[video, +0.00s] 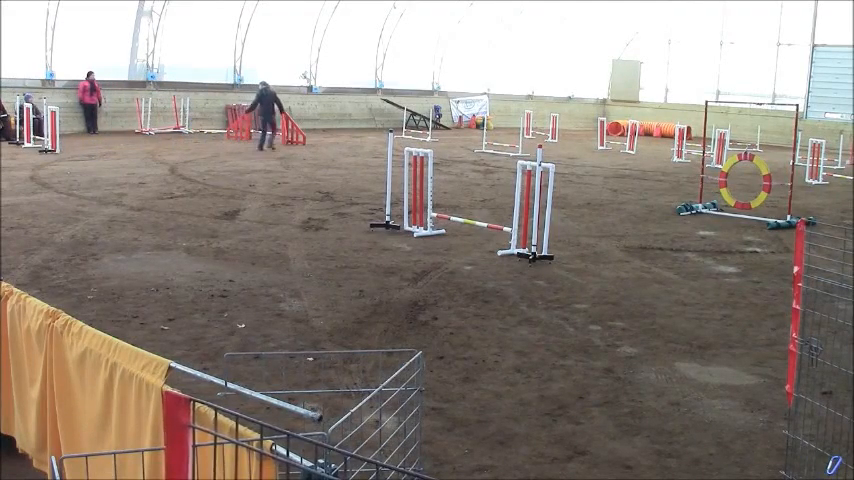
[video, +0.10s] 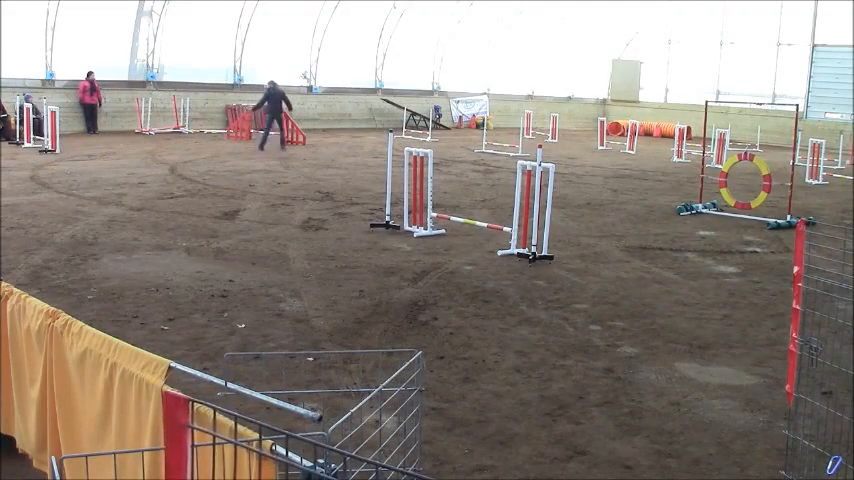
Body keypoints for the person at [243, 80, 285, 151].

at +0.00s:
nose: (259, 88)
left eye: (259, 86)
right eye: (259, 86)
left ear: (261, 86)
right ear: (267, 85)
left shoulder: (260, 93)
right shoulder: (272, 93)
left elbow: (255, 103)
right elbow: (278, 102)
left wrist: (248, 110)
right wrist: (281, 110)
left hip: (262, 114)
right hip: (270, 114)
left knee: (263, 130)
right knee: (274, 129)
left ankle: (260, 146)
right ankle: (270, 144)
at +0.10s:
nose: (268, 86)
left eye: (269, 85)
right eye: (269, 85)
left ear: (269, 85)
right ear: (275, 85)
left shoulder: (268, 92)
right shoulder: (280, 91)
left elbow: (262, 101)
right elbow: (286, 100)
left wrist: (255, 108)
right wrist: (290, 107)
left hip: (270, 112)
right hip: (278, 112)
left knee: (267, 129)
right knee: (281, 129)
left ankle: (262, 144)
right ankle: (282, 145)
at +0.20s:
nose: (276, 87)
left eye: (277, 86)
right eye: (277, 86)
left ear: (277, 86)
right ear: (283, 85)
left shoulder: (276, 92)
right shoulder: (288, 92)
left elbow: (270, 101)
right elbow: (294, 101)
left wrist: (262, 108)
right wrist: (298, 109)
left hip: (277, 113)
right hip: (286, 113)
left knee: (276, 129)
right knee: (286, 130)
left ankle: (267, 141)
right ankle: (284, 146)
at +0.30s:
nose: (283, 88)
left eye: (283, 87)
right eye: (283, 87)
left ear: (285, 87)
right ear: (290, 86)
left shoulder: (283, 93)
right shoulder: (295, 93)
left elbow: (278, 102)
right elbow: (302, 102)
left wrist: (270, 108)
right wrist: (304, 110)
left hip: (284, 113)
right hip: (292, 113)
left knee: (285, 129)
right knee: (289, 130)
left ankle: (280, 141)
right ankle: (285, 144)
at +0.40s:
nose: (290, 87)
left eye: (290, 86)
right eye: (290, 86)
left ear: (291, 86)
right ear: (297, 85)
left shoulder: (291, 92)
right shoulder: (302, 92)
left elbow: (285, 102)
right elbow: (309, 101)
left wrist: (278, 108)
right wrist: (308, 109)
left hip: (292, 111)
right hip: (300, 111)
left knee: (294, 127)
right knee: (294, 127)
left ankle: (296, 141)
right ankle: (287, 141)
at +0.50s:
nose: (297, 88)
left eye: (298, 87)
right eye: (298, 87)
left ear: (298, 87)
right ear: (304, 87)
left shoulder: (297, 94)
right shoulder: (309, 93)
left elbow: (292, 103)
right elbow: (314, 102)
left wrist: (285, 110)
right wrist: (316, 110)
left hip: (299, 112)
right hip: (307, 112)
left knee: (303, 128)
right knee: (304, 128)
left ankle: (304, 143)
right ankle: (297, 139)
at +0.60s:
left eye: (307, 87)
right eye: (310, 87)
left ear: (306, 87)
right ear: (312, 87)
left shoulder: (303, 94)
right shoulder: (316, 94)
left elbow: (298, 104)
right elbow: (320, 103)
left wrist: (292, 112)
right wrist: (323, 111)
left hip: (306, 115)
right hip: (313, 115)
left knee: (307, 129)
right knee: (316, 128)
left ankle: (304, 143)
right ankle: (310, 138)